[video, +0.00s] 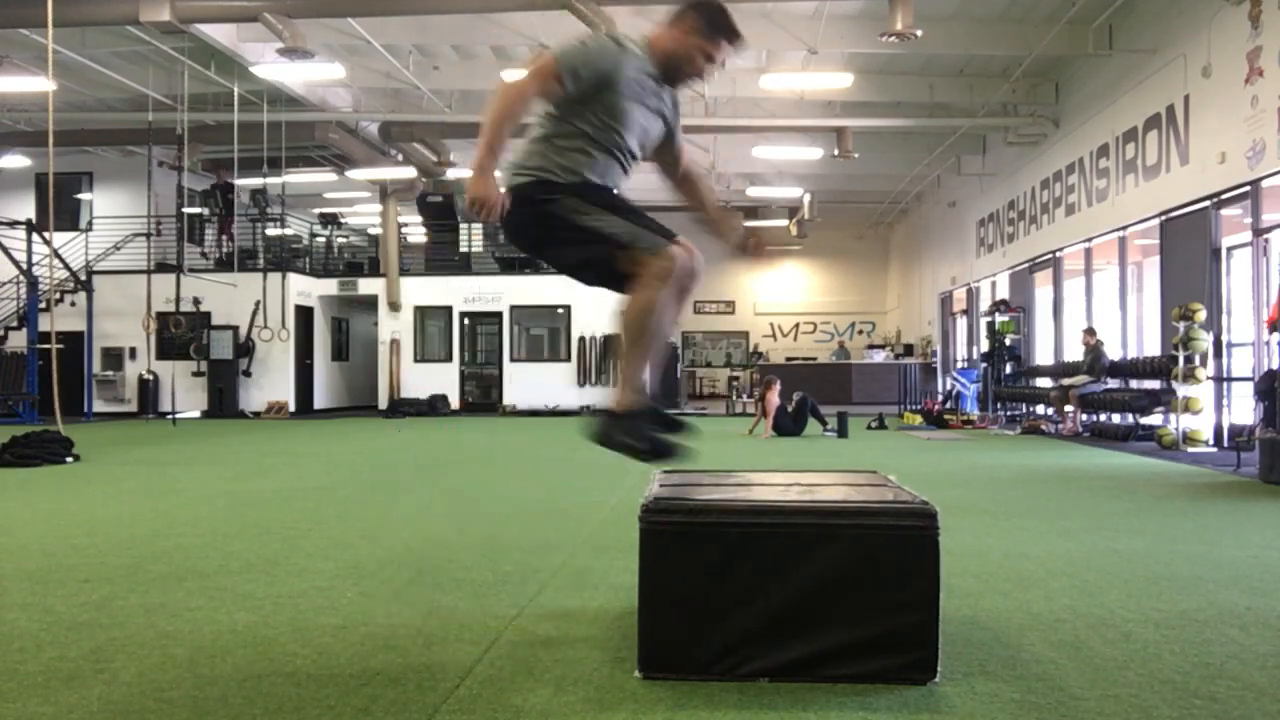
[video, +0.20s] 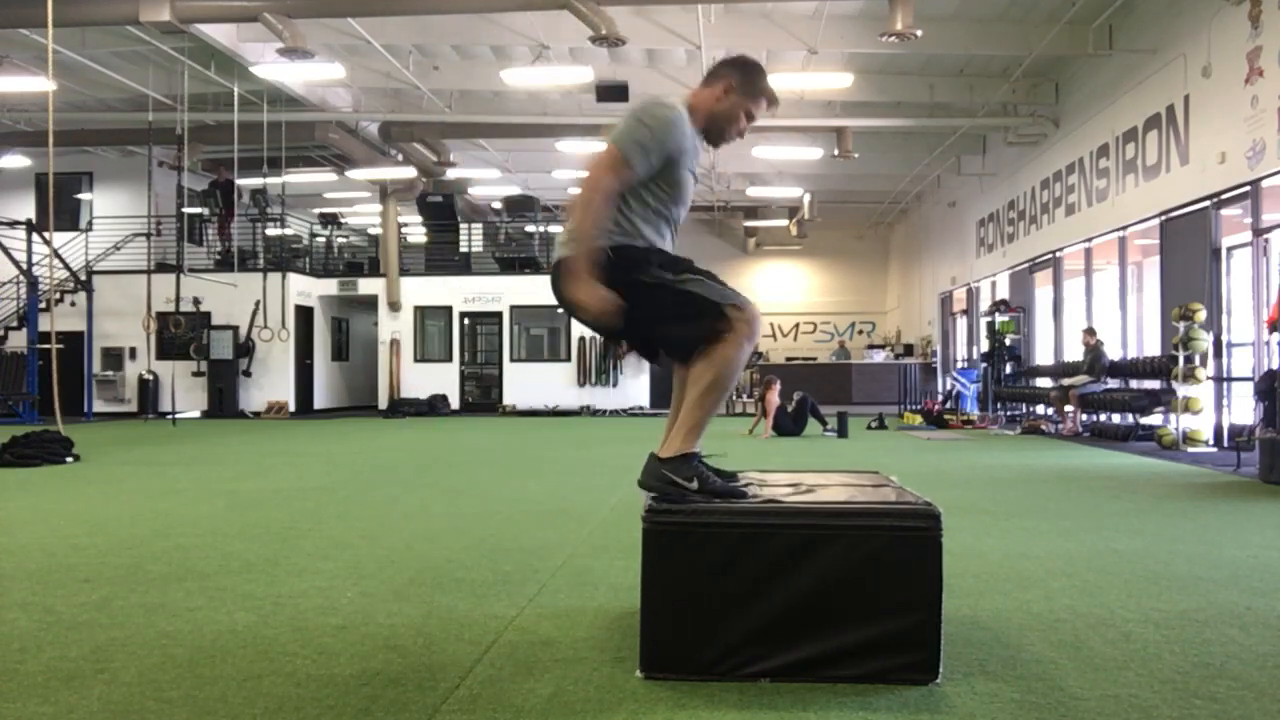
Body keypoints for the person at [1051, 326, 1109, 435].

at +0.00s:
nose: (1083, 340)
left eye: (1085, 337)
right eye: (1083, 337)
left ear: (1093, 338)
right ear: (1087, 338)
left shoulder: (1100, 354)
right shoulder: (1087, 351)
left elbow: (1096, 377)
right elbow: (1085, 372)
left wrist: (1073, 381)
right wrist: (1071, 380)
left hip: (1098, 382)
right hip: (1086, 380)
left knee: (1074, 393)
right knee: (1054, 395)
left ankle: (1076, 426)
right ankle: (1066, 424)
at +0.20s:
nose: (1083, 340)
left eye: (1086, 337)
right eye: (1083, 337)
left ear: (1093, 338)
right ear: (1085, 338)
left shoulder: (1099, 353)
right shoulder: (1087, 351)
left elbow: (1095, 376)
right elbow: (1084, 372)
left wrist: (1072, 381)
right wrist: (1070, 380)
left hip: (1098, 382)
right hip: (1085, 380)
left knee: (1073, 393)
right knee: (1055, 395)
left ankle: (1076, 426)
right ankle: (1066, 424)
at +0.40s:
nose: (1083, 340)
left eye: (1086, 337)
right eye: (1083, 337)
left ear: (1093, 338)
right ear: (1084, 337)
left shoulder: (1100, 353)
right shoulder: (1087, 351)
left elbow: (1095, 376)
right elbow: (1084, 371)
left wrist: (1072, 381)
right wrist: (1070, 380)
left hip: (1098, 382)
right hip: (1085, 380)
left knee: (1074, 393)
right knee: (1055, 395)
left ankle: (1076, 426)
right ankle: (1066, 424)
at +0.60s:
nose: (1083, 340)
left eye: (1086, 337)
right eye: (1083, 337)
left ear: (1093, 338)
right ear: (1084, 337)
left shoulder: (1100, 353)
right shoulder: (1087, 351)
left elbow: (1095, 376)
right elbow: (1084, 371)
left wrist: (1072, 381)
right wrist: (1070, 380)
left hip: (1098, 382)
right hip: (1085, 380)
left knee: (1074, 393)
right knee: (1055, 395)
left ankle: (1076, 426)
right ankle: (1066, 424)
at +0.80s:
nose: (1083, 340)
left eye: (1086, 337)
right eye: (1083, 337)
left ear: (1093, 338)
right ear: (1084, 337)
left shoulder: (1100, 353)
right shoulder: (1087, 351)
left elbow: (1095, 376)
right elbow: (1084, 371)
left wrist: (1072, 381)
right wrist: (1070, 380)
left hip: (1098, 382)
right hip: (1085, 380)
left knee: (1073, 393)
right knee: (1055, 395)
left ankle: (1076, 426)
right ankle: (1066, 424)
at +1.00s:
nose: (1083, 340)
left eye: (1086, 337)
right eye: (1083, 337)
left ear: (1093, 338)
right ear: (1084, 337)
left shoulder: (1100, 353)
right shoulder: (1087, 351)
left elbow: (1095, 376)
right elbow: (1084, 371)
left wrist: (1073, 381)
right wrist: (1070, 380)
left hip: (1098, 382)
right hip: (1085, 380)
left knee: (1073, 393)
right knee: (1055, 395)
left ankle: (1076, 426)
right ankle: (1066, 424)